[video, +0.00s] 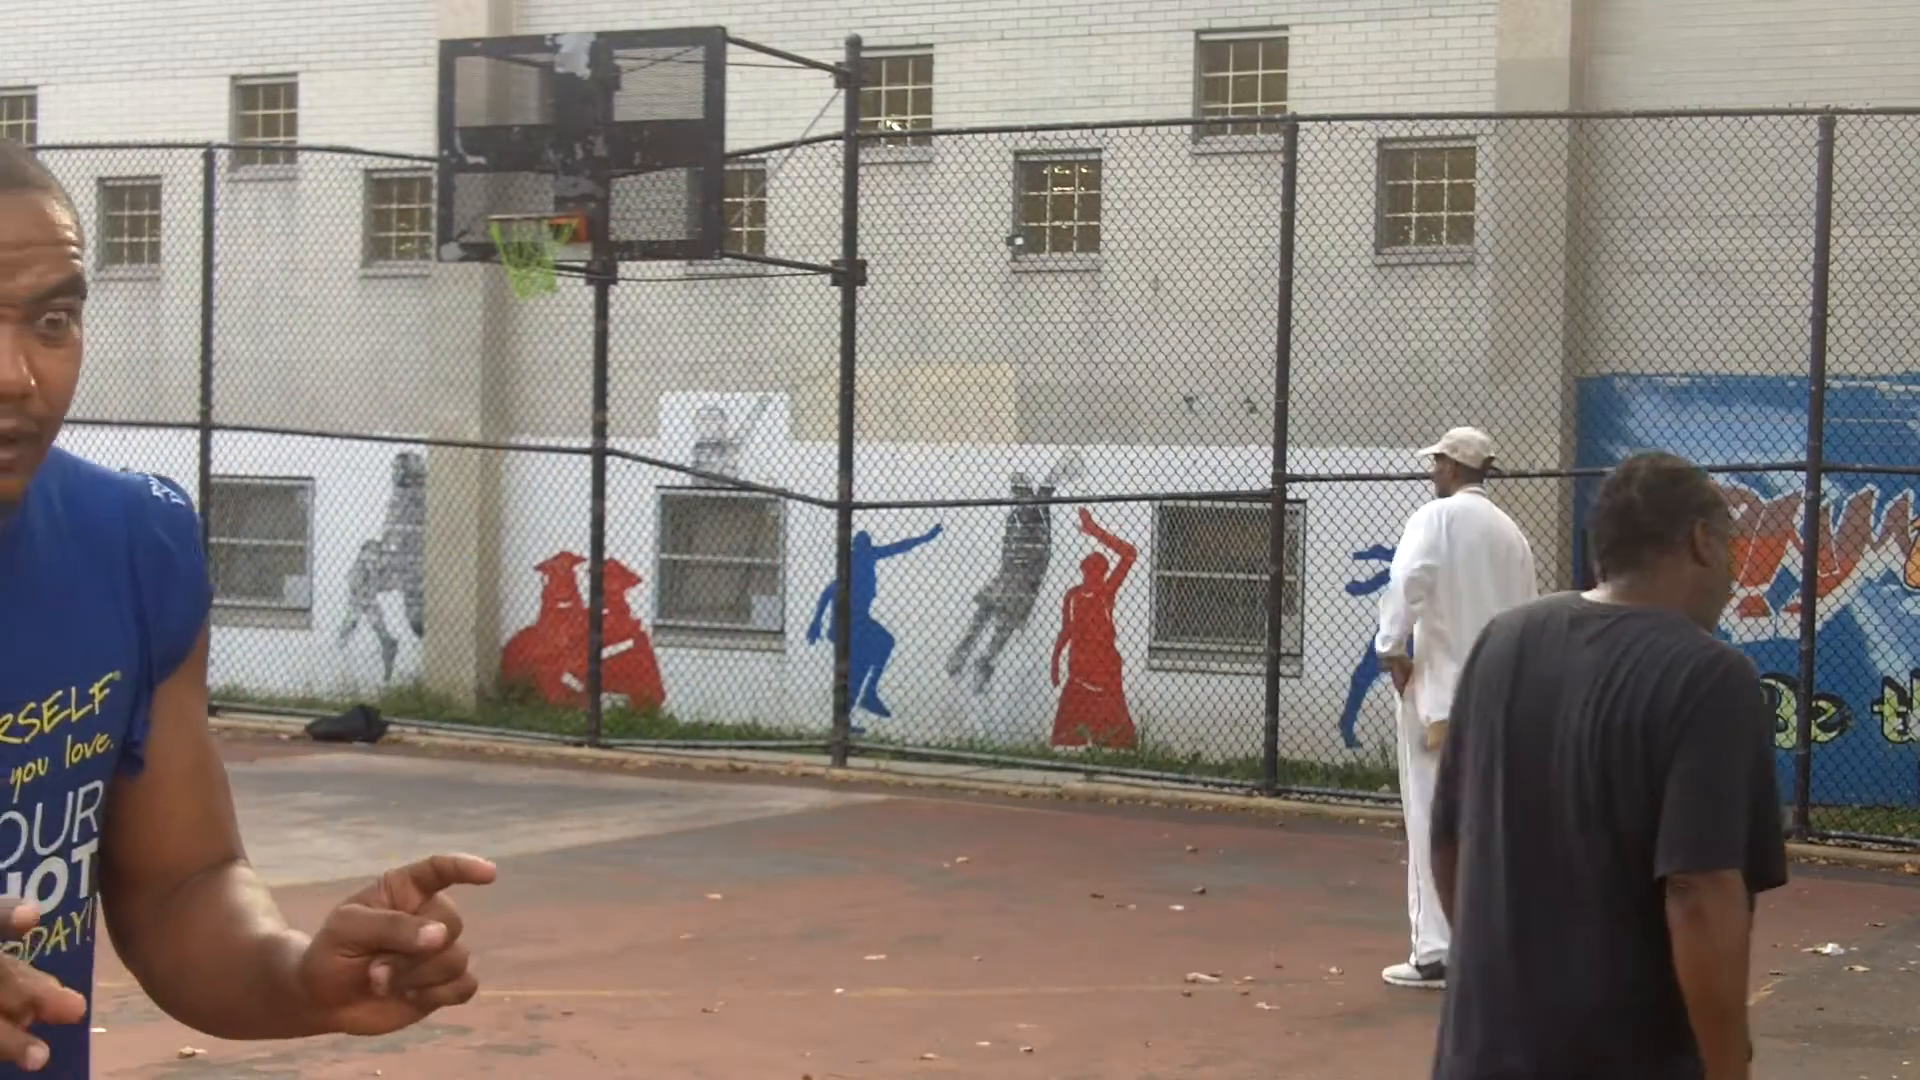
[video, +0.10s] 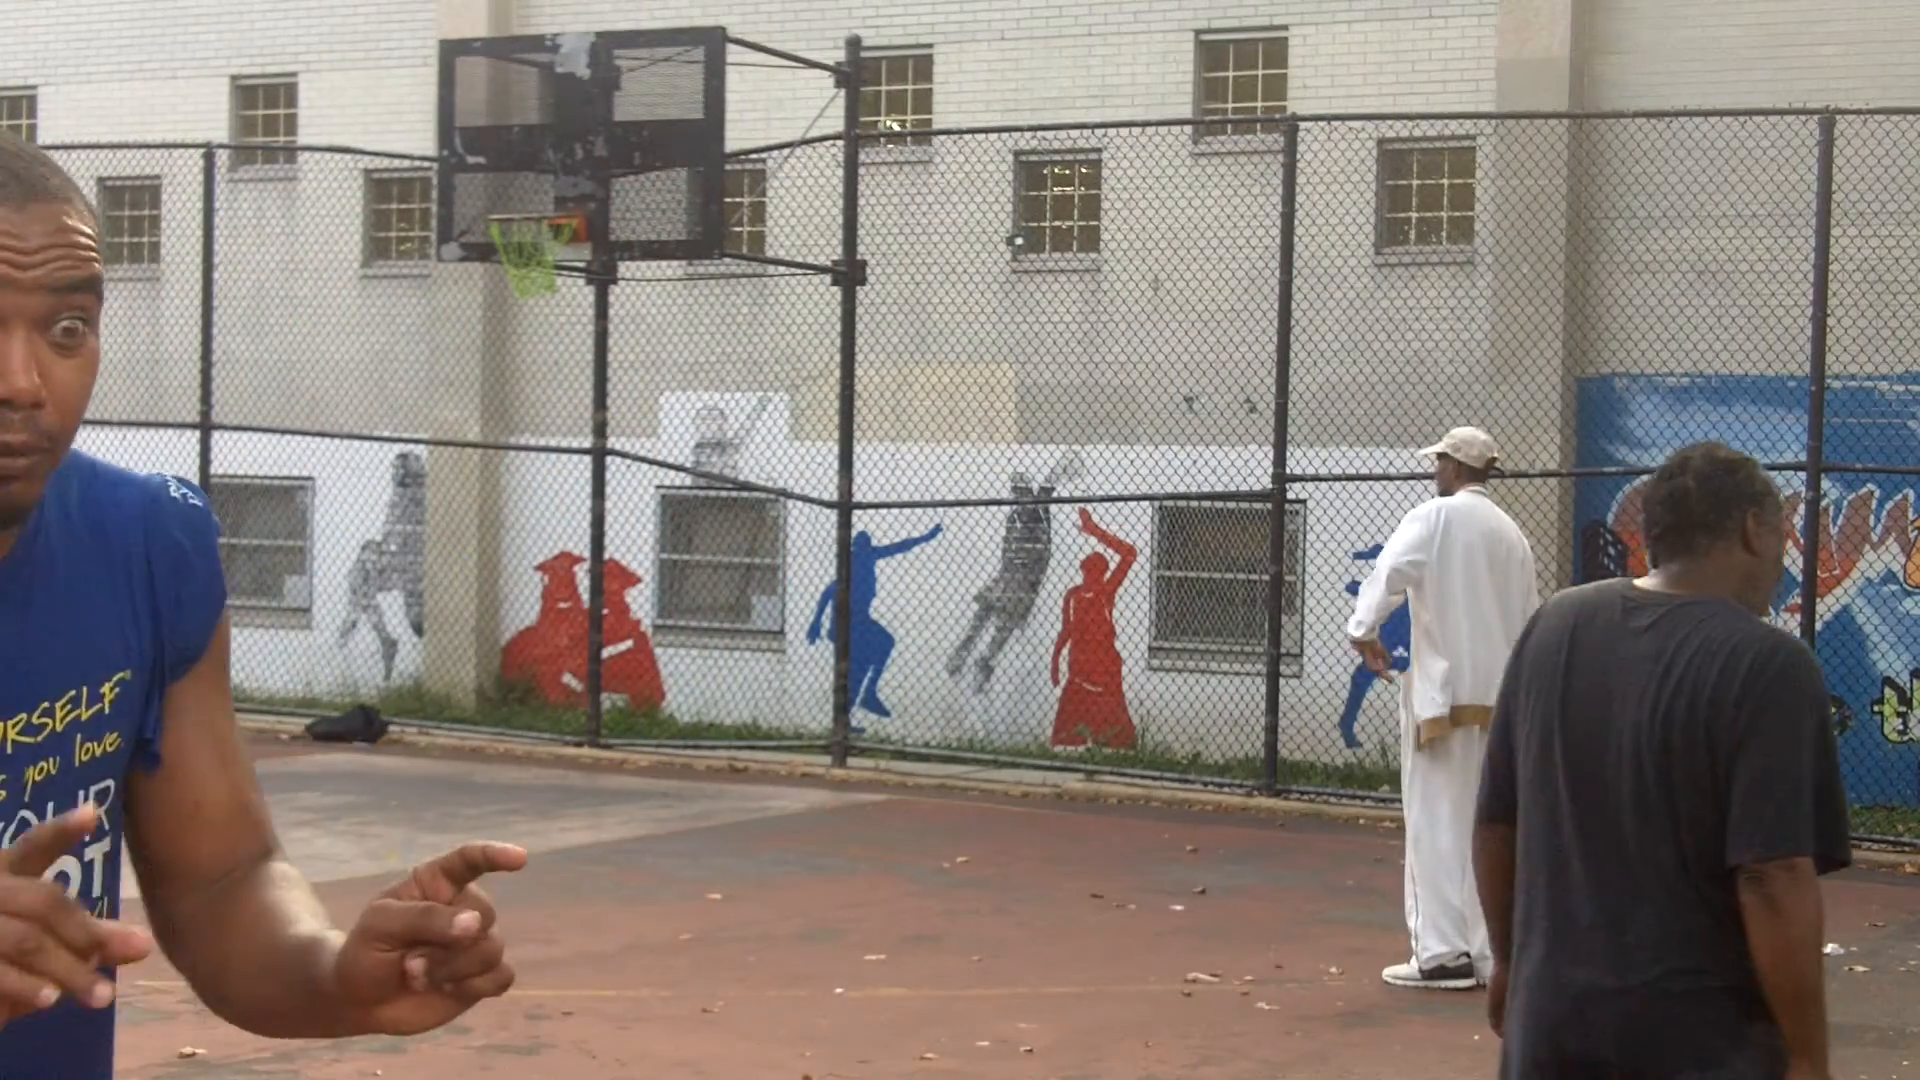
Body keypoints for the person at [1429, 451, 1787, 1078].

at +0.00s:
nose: (1734, 571)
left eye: (1734, 548)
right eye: (1730, 546)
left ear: (1610, 548)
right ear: (1701, 541)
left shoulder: (1504, 636)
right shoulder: (1708, 673)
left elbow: (1449, 838)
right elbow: (1699, 886)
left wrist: (1494, 973)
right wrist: (1729, 1063)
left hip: (1485, 1044)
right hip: (1637, 1052)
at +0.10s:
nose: (1785, 557)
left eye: (1786, 537)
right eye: (1782, 535)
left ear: (1656, 539)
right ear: (1752, 530)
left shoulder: (1553, 623)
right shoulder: (1767, 662)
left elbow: (1495, 826)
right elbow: (1771, 875)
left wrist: (1504, 958)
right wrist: (1809, 1058)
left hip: (1548, 1020)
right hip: (1705, 1038)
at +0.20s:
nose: (1825, 546)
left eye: (1824, 524)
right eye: (1821, 523)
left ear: (1692, 529)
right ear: (1792, 521)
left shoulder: (1598, 620)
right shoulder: (1816, 652)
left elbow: (1531, 816)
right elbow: (1843, 866)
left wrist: (1532, 958)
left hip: (1600, 1000)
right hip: (1751, 1020)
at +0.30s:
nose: (1857, 539)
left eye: (1853, 519)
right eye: (1851, 518)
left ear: (1729, 536)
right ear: (1828, 521)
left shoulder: (1628, 629)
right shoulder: (1865, 652)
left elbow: (1566, 817)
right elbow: (1906, 869)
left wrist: (1562, 962)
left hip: (1644, 1006)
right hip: (1797, 1017)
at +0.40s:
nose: (1883, 535)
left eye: (1880, 518)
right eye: (1878, 518)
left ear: (1756, 543)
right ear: (1863, 524)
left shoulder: (1665, 637)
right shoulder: (1896, 654)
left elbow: (1602, 822)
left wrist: (1590, 972)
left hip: (1677, 1000)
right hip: (1832, 1007)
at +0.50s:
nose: (1909, 542)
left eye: (1907, 525)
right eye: (1905, 525)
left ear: (1784, 548)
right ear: (1887, 531)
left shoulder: (1699, 643)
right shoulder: (1903, 651)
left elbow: (1638, 827)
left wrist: (1620, 980)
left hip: (1719, 1004)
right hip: (1874, 1007)